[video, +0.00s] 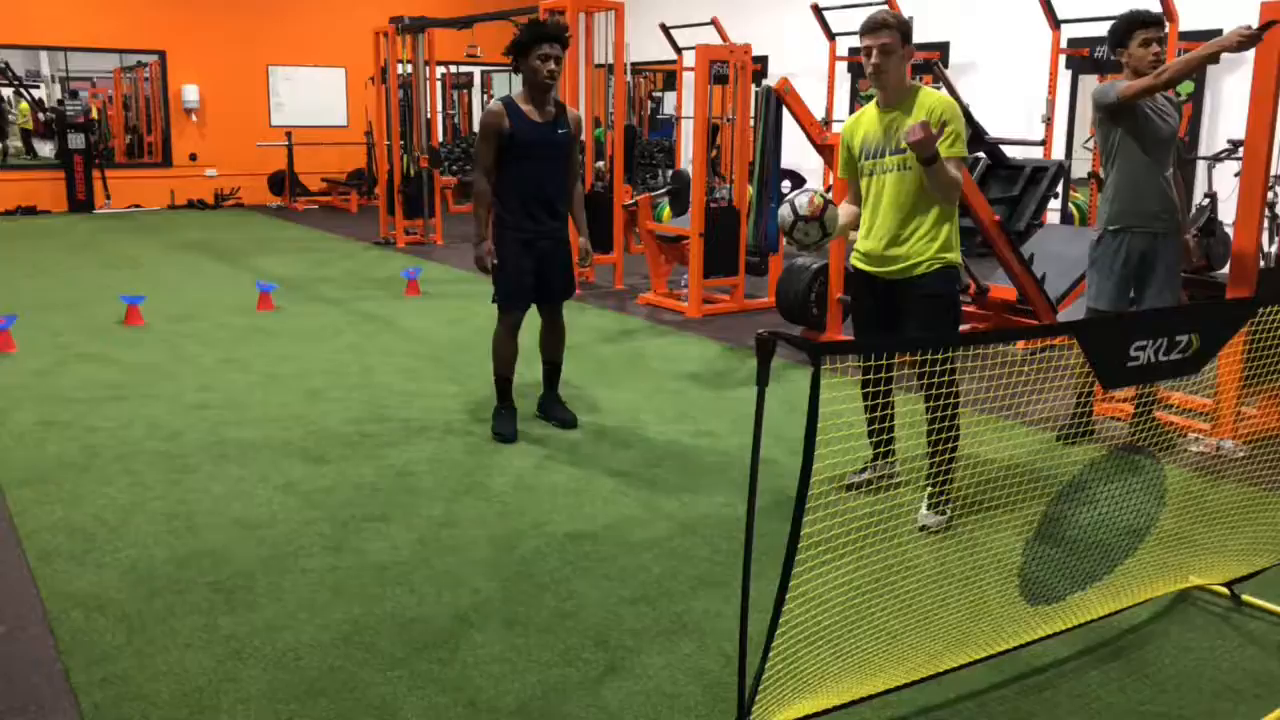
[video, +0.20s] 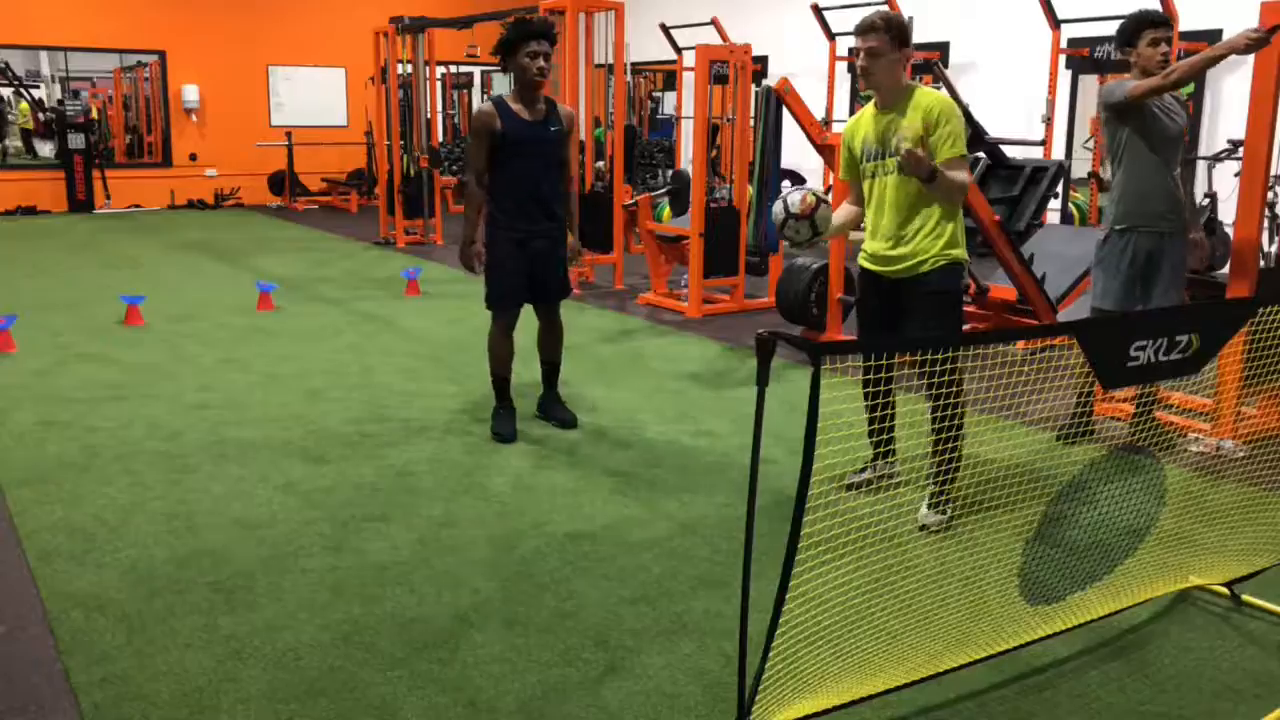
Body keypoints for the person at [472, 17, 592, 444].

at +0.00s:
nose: (551, 67)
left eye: (556, 60)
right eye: (543, 58)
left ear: (562, 67)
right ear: (521, 63)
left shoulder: (569, 119)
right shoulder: (498, 115)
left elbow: (574, 182)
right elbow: (482, 178)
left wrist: (585, 234)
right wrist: (482, 238)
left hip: (555, 235)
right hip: (512, 235)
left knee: (553, 315)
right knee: (510, 319)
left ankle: (551, 399)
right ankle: (505, 406)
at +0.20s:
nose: (542, 64)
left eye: (546, 57)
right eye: (533, 55)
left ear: (552, 65)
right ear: (511, 61)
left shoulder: (562, 117)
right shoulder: (489, 116)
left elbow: (567, 179)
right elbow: (475, 180)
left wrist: (572, 231)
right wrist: (470, 238)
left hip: (549, 235)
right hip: (505, 236)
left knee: (550, 316)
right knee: (503, 321)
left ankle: (551, 397)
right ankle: (503, 406)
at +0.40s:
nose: (531, 67)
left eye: (536, 60)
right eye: (522, 59)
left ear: (541, 65)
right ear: (500, 64)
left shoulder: (552, 118)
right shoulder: (480, 122)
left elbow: (557, 178)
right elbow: (466, 184)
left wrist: (567, 228)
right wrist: (468, 244)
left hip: (543, 238)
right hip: (498, 240)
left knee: (556, 316)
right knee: (497, 324)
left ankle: (550, 394)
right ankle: (502, 406)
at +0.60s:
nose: (526, 71)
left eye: (532, 63)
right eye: (517, 63)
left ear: (538, 66)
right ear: (496, 66)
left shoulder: (546, 116)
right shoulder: (477, 122)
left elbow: (552, 178)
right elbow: (462, 185)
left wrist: (562, 227)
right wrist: (467, 246)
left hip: (540, 238)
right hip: (496, 241)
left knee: (549, 317)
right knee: (496, 325)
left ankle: (545, 400)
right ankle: (502, 406)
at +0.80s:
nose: (530, 75)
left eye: (536, 67)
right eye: (521, 66)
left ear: (542, 68)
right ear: (499, 68)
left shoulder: (549, 119)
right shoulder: (479, 123)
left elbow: (552, 180)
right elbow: (462, 185)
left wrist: (564, 227)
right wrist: (472, 243)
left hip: (540, 238)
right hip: (496, 241)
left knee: (551, 316)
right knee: (495, 325)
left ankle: (549, 398)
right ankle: (502, 405)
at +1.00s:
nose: (540, 78)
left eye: (545, 69)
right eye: (531, 69)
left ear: (551, 72)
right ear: (509, 70)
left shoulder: (556, 121)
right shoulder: (487, 123)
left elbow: (560, 181)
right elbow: (467, 182)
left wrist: (570, 227)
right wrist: (476, 242)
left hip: (544, 240)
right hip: (500, 242)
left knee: (550, 318)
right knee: (498, 325)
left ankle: (551, 398)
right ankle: (502, 406)